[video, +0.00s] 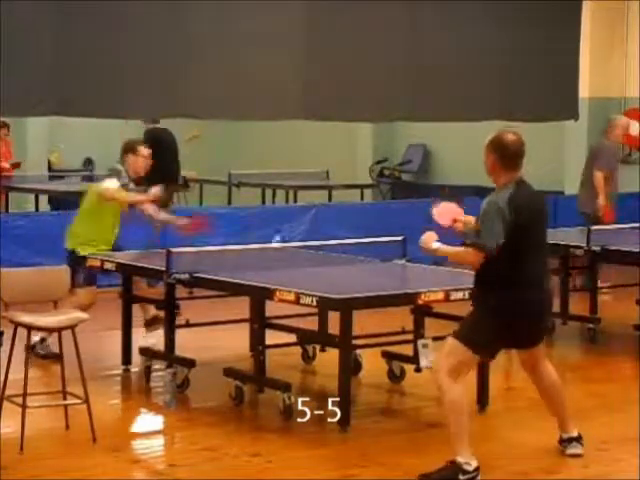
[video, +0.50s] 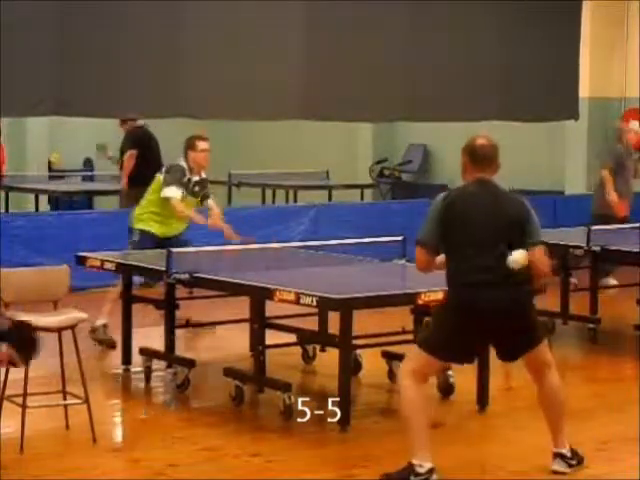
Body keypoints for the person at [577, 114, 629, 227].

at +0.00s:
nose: (623, 134)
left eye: (623, 130)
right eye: (621, 129)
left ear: (610, 129)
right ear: (612, 129)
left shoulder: (601, 145)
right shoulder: (608, 147)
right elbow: (598, 173)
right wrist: (602, 199)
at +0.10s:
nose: (620, 133)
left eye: (621, 129)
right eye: (618, 128)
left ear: (614, 131)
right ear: (609, 129)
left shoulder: (608, 148)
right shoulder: (604, 149)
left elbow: (603, 177)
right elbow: (596, 174)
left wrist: (607, 203)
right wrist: (599, 202)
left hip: (594, 207)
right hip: (595, 208)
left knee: (593, 245)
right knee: (595, 246)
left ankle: (580, 276)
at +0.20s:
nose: (620, 136)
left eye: (621, 132)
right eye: (617, 132)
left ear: (615, 134)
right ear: (608, 133)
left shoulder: (610, 152)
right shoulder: (602, 151)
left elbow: (607, 178)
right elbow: (593, 175)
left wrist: (614, 194)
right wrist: (594, 199)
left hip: (604, 205)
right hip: (597, 207)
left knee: (597, 245)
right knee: (595, 245)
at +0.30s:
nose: (621, 138)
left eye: (621, 134)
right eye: (618, 134)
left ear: (615, 135)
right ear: (608, 134)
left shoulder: (609, 154)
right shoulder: (602, 153)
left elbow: (608, 183)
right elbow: (592, 178)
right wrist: (593, 200)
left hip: (604, 206)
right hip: (597, 208)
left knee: (599, 245)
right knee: (595, 245)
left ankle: (598, 275)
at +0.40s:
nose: (626, 138)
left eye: (627, 134)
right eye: (624, 133)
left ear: (623, 136)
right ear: (615, 134)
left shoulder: (618, 153)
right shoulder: (608, 150)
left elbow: (621, 175)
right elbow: (596, 170)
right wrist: (600, 194)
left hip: (613, 203)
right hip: (604, 204)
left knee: (611, 241)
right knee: (607, 242)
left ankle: (605, 273)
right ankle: (602, 274)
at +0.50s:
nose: (634, 137)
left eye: (636, 132)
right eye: (630, 131)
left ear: (638, 133)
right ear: (622, 132)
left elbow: (632, 175)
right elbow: (605, 171)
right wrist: (611, 195)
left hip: (623, 199)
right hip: (611, 200)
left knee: (617, 238)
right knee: (607, 237)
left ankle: (608, 272)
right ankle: (603, 273)